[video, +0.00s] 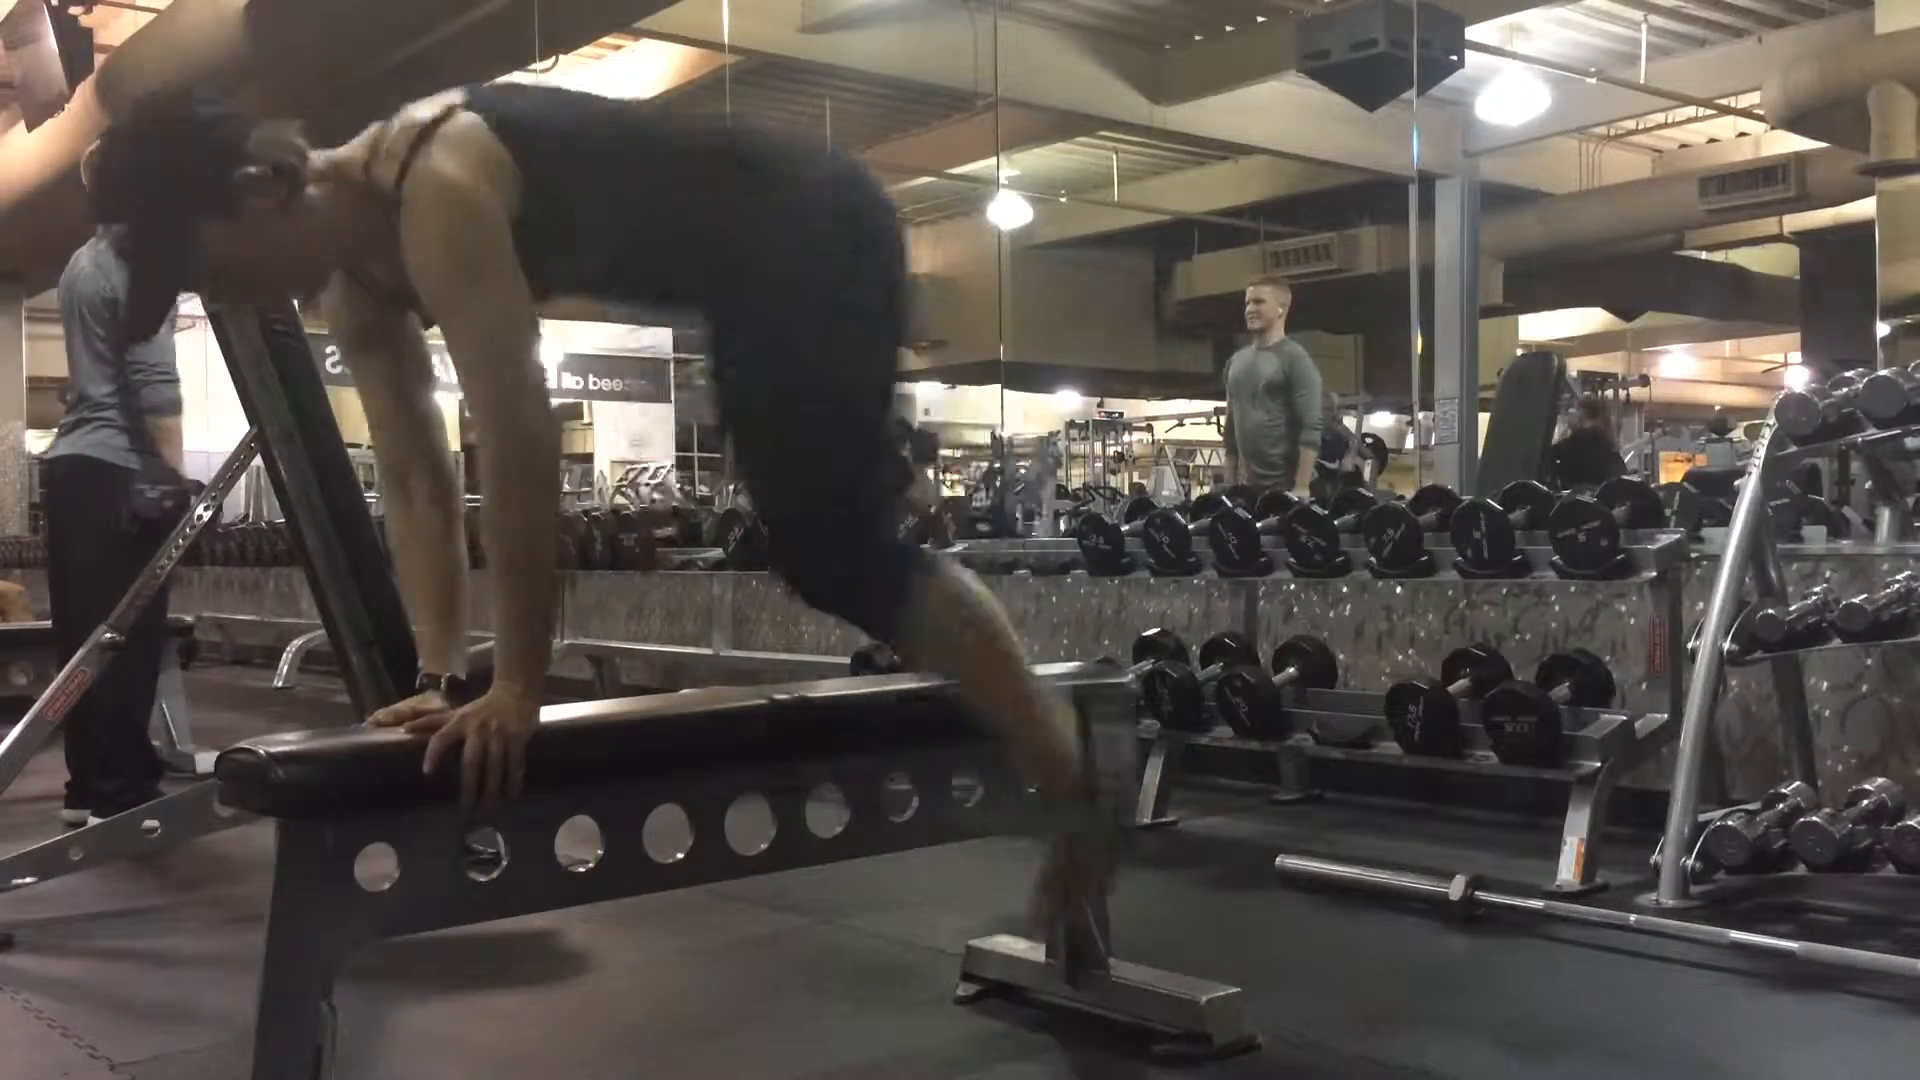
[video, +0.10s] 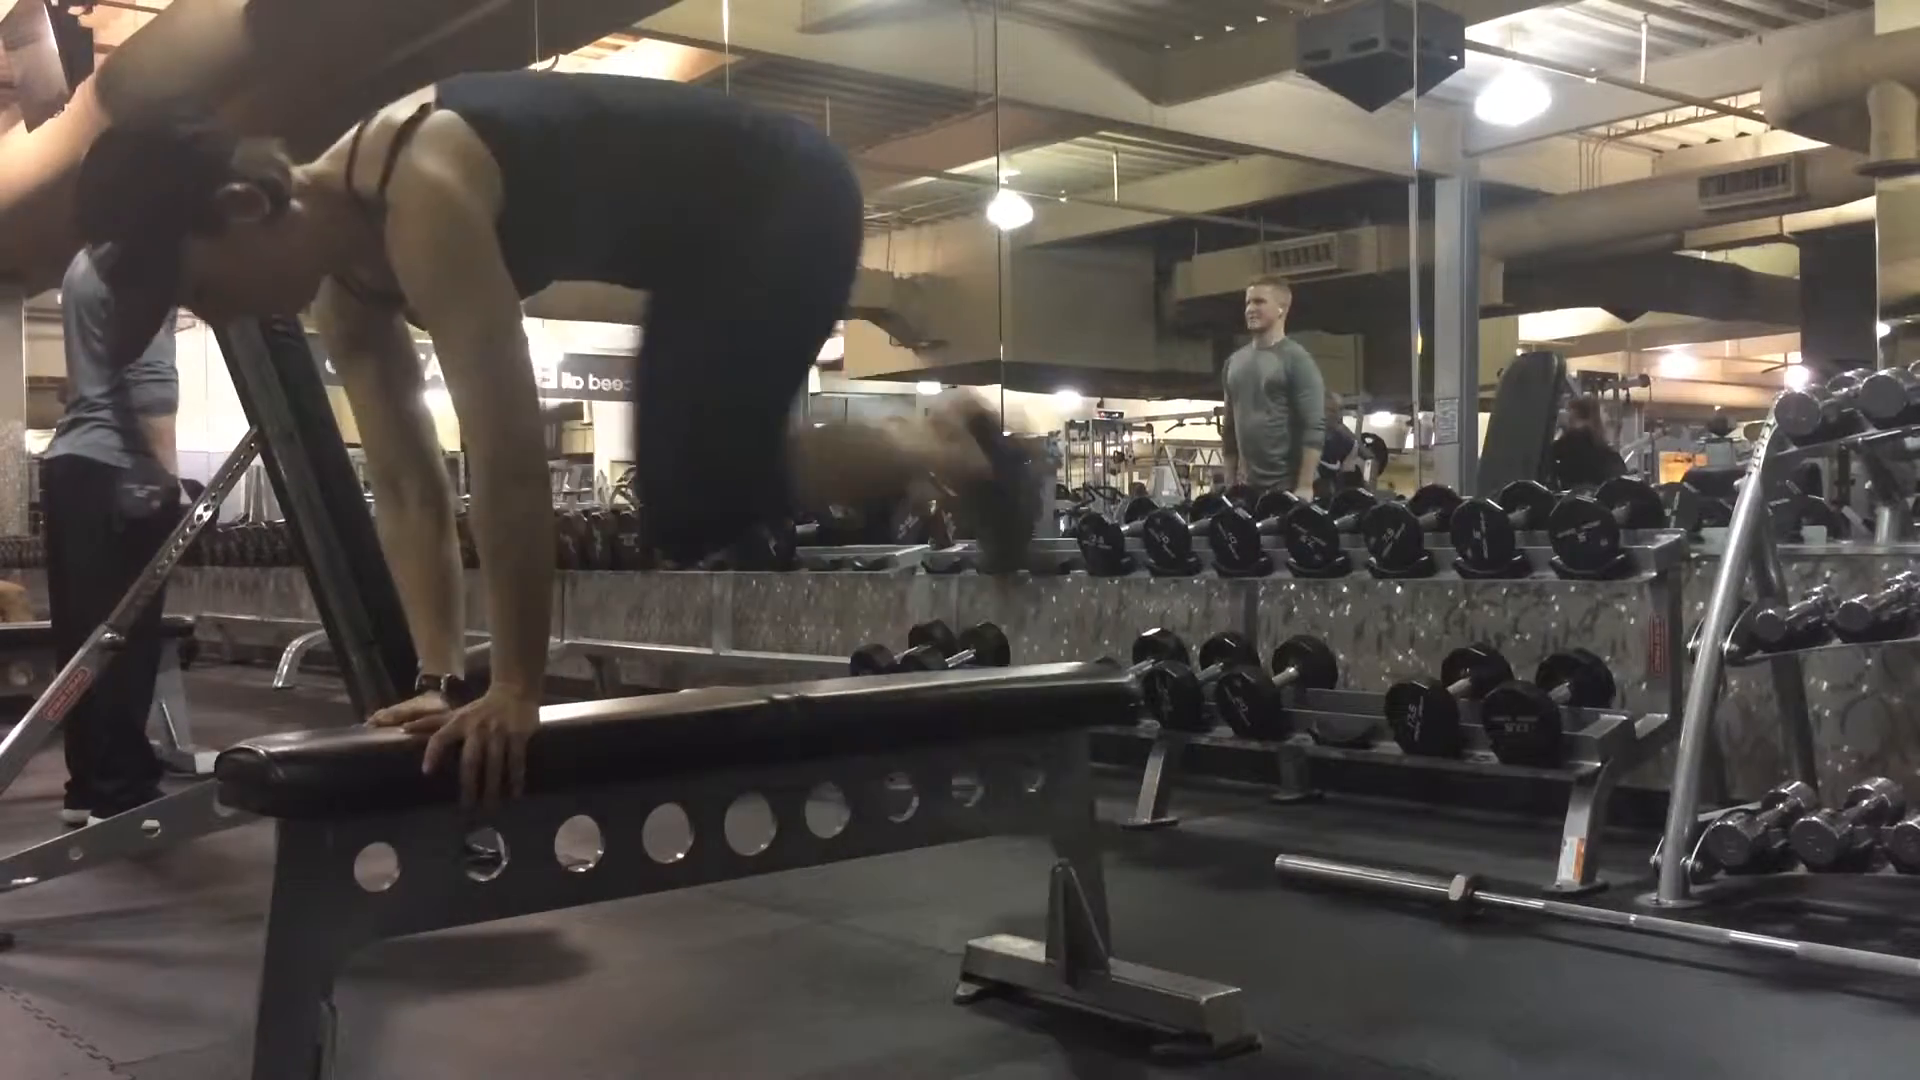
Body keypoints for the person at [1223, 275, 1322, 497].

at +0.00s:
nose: (1249, 309)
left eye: (1258, 302)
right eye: (1247, 303)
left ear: (1282, 309)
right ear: (1244, 307)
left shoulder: (1296, 359)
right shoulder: (1236, 362)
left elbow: (1312, 427)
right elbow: (1231, 425)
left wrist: (1302, 486)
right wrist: (1230, 480)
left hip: (1286, 486)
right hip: (1250, 484)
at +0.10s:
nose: (1250, 309)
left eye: (1259, 302)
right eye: (1248, 303)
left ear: (1282, 309)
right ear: (1244, 307)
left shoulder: (1298, 360)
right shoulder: (1234, 362)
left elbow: (1315, 428)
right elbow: (1230, 427)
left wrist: (1305, 486)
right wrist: (1231, 482)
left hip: (1287, 486)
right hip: (1249, 484)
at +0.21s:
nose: (1250, 309)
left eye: (1260, 302)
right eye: (1248, 303)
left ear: (1282, 309)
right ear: (1244, 307)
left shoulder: (1299, 360)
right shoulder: (1233, 363)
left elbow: (1317, 427)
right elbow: (1228, 426)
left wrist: (1308, 485)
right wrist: (1229, 482)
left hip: (1288, 484)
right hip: (1249, 483)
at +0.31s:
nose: (1251, 309)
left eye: (1260, 302)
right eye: (1248, 303)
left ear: (1283, 309)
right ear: (1245, 307)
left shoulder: (1301, 361)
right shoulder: (1233, 364)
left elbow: (1317, 428)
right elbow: (1223, 424)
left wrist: (1309, 485)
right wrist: (1221, 479)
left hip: (1288, 485)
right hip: (1247, 484)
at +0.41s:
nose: (1255, 310)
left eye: (1264, 303)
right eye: (1252, 304)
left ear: (1286, 310)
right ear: (1249, 308)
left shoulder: (1304, 362)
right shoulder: (1235, 363)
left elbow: (1319, 429)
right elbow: (1212, 421)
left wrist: (1310, 486)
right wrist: (1195, 476)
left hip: (1291, 488)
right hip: (1251, 488)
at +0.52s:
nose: (1257, 312)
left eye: (1266, 305)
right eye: (1255, 306)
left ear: (1290, 309)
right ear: (1252, 309)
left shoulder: (1307, 361)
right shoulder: (1241, 359)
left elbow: (1321, 429)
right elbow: (1208, 401)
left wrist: (1311, 485)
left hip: (1292, 484)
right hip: (1252, 484)